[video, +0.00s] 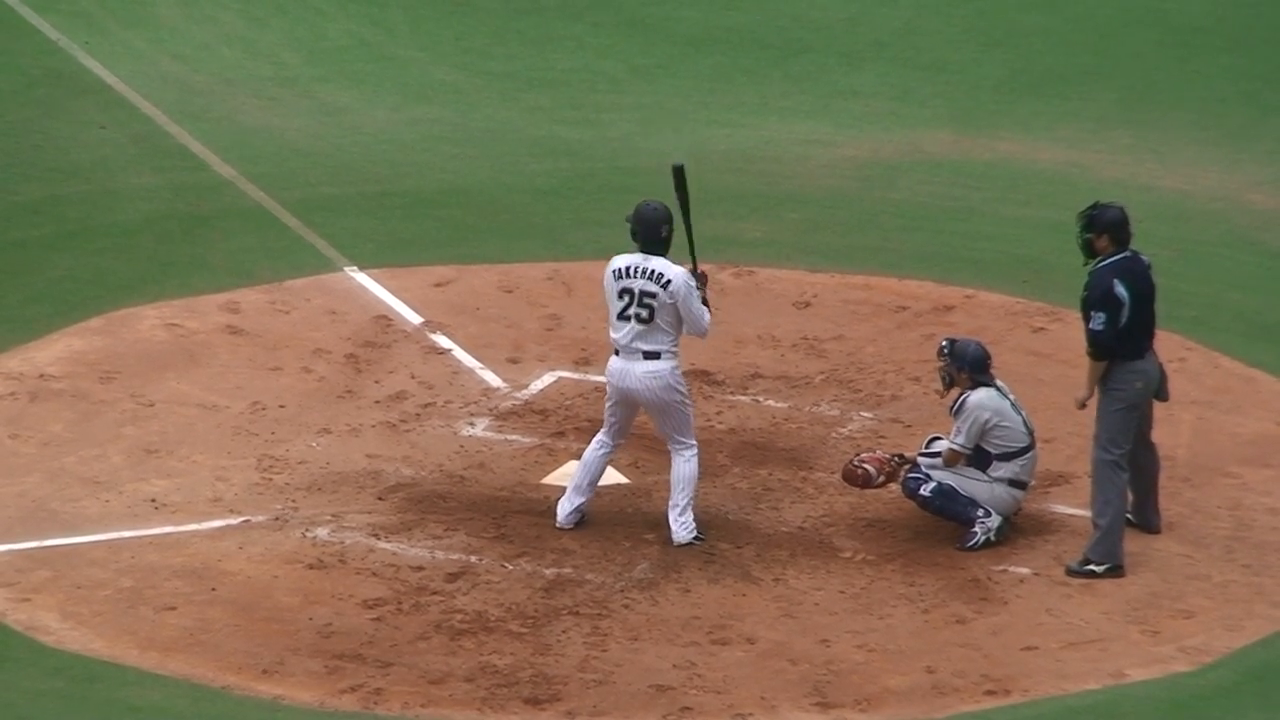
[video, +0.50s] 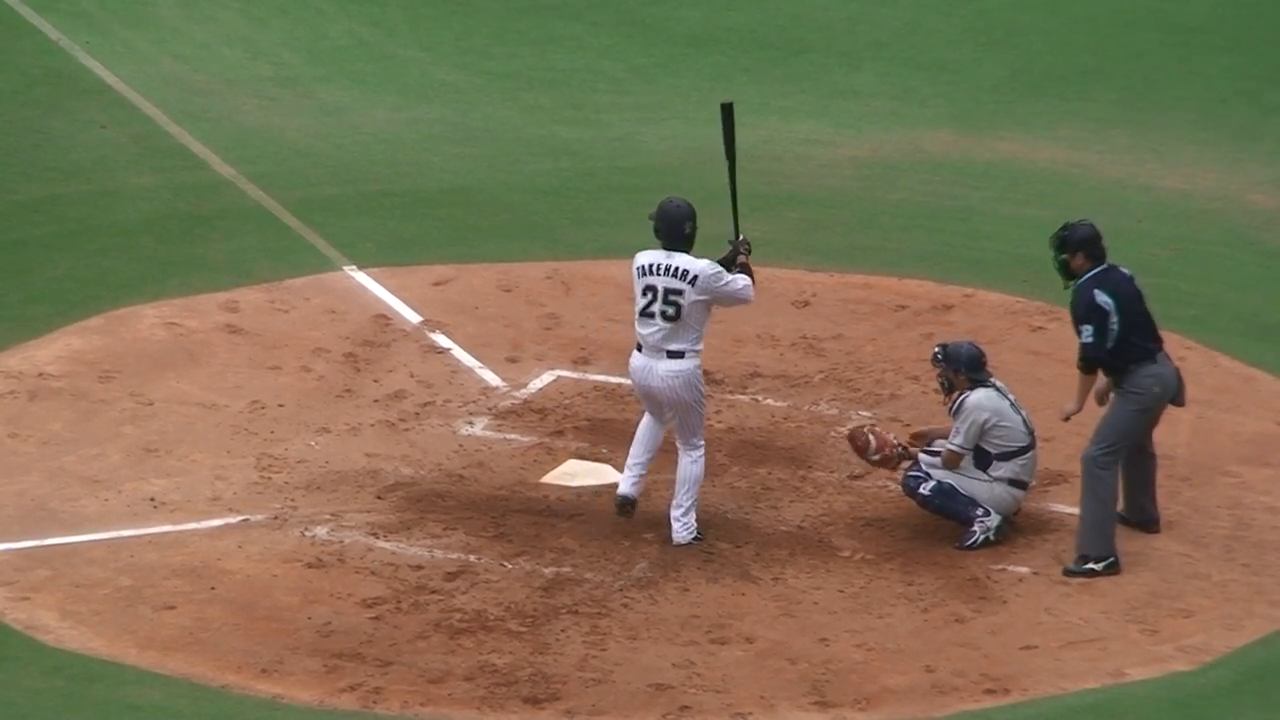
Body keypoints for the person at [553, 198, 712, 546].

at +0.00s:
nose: (631, 233)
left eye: (632, 229)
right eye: (669, 229)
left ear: (636, 234)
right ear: (669, 235)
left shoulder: (615, 267)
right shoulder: (677, 277)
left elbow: (645, 300)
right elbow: (699, 326)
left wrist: (687, 284)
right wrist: (700, 297)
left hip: (619, 369)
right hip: (660, 374)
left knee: (608, 437)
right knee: (683, 447)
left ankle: (568, 509)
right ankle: (682, 528)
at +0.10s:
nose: (634, 230)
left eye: (635, 226)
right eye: (672, 226)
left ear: (639, 232)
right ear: (672, 233)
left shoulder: (619, 265)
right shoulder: (681, 276)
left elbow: (654, 295)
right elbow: (706, 320)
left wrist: (694, 279)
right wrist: (705, 288)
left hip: (621, 368)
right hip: (663, 373)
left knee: (607, 436)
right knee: (684, 447)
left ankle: (567, 510)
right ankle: (682, 528)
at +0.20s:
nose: (639, 229)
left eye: (640, 225)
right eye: (678, 225)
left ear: (644, 231)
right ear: (677, 231)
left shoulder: (626, 264)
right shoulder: (687, 274)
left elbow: (665, 288)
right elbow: (717, 312)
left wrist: (703, 273)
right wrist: (716, 278)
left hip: (627, 366)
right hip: (668, 371)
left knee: (612, 435)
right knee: (687, 447)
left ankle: (571, 508)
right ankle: (682, 528)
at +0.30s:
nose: (685, 229)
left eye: (647, 225)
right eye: (685, 225)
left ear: (650, 230)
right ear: (684, 231)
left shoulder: (633, 263)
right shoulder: (695, 273)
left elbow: (675, 285)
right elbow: (730, 302)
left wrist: (715, 270)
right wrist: (726, 269)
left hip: (636, 365)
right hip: (676, 371)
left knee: (625, 431)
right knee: (688, 447)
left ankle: (583, 501)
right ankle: (683, 528)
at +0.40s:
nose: (689, 231)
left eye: (655, 225)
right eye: (688, 226)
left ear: (654, 230)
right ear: (688, 232)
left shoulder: (638, 263)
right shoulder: (703, 273)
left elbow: (680, 281)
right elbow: (738, 297)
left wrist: (720, 265)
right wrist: (737, 270)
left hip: (639, 365)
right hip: (680, 372)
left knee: (643, 422)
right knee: (690, 447)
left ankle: (605, 493)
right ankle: (683, 527)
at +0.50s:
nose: (654, 229)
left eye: (656, 225)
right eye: (693, 225)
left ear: (658, 230)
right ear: (692, 232)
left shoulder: (641, 262)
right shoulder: (704, 273)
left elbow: (685, 279)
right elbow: (745, 292)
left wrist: (727, 258)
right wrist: (742, 263)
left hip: (641, 365)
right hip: (680, 371)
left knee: (655, 414)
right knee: (691, 446)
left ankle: (628, 486)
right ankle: (683, 527)